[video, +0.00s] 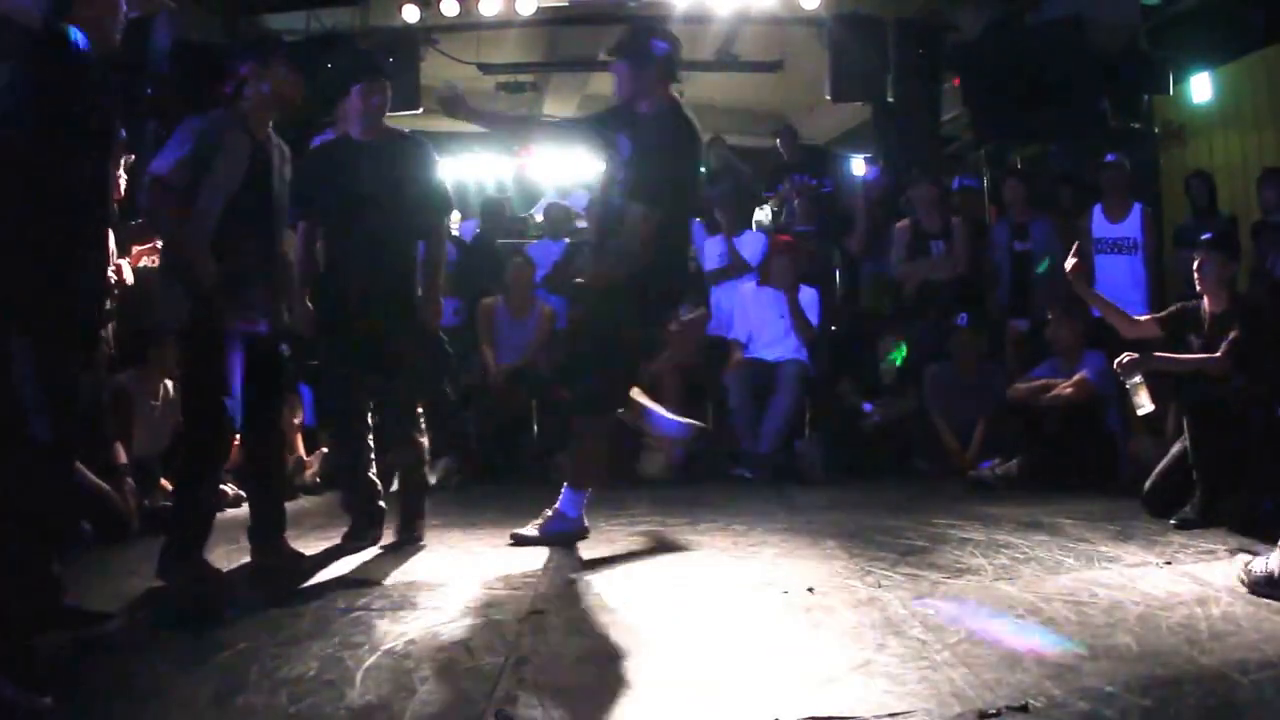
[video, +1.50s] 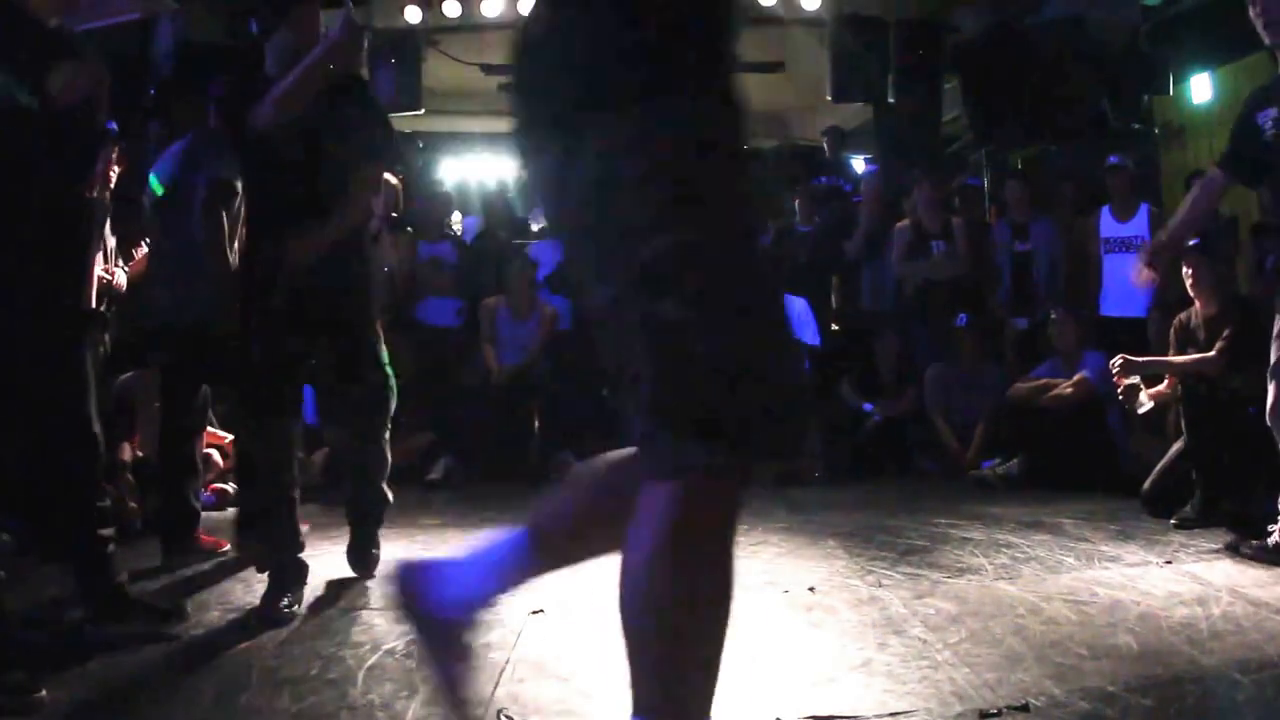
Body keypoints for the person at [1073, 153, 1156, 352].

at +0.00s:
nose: (1111, 180)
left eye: (1117, 174)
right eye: (1107, 174)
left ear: (1127, 178)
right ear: (1101, 178)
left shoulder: (1143, 215)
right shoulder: (1091, 216)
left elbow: (1150, 259)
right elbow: (1086, 258)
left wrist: (1152, 302)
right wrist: (1088, 299)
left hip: (1136, 304)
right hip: (1102, 306)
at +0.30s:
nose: (1114, 180)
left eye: (1120, 174)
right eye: (1110, 175)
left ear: (1130, 179)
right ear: (1104, 179)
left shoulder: (1146, 215)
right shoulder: (1092, 218)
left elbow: (1153, 259)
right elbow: (1088, 259)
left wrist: (1155, 300)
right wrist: (1091, 295)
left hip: (1139, 305)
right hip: (1104, 307)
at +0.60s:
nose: (1116, 180)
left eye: (1121, 174)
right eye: (1112, 175)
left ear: (1131, 178)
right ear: (1106, 179)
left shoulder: (1147, 216)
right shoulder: (1095, 218)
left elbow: (1154, 261)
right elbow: (1091, 263)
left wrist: (1155, 303)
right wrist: (1091, 302)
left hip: (1139, 308)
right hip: (1106, 308)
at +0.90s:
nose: (1118, 183)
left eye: (1123, 177)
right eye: (1114, 177)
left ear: (1132, 179)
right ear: (1107, 180)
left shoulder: (1148, 215)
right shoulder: (1097, 218)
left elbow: (1155, 260)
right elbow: (1091, 263)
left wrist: (1156, 300)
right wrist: (1091, 304)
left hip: (1141, 311)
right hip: (1108, 310)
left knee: (1142, 370)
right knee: (1111, 369)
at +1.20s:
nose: (1118, 182)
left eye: (1122, 176)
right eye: (1113, 177)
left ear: (1132, 179)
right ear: (1107, 180)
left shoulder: (1151, 216)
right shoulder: (1098, 219)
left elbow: (1158, 262)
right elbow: (1094, 264)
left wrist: (1158, 303)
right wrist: (1093, 303)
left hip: (1142, 310)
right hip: (1109, 310)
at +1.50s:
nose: (1115, 182)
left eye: (1120, 176)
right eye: (1111, 177)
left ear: (1130, 179)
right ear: (1106, 181)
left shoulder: (1151, 216)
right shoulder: (1098, 218)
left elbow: (1160, 259)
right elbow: (1093, 263)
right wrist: (1093, 302)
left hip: (1141, 307)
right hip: (1109, 307)